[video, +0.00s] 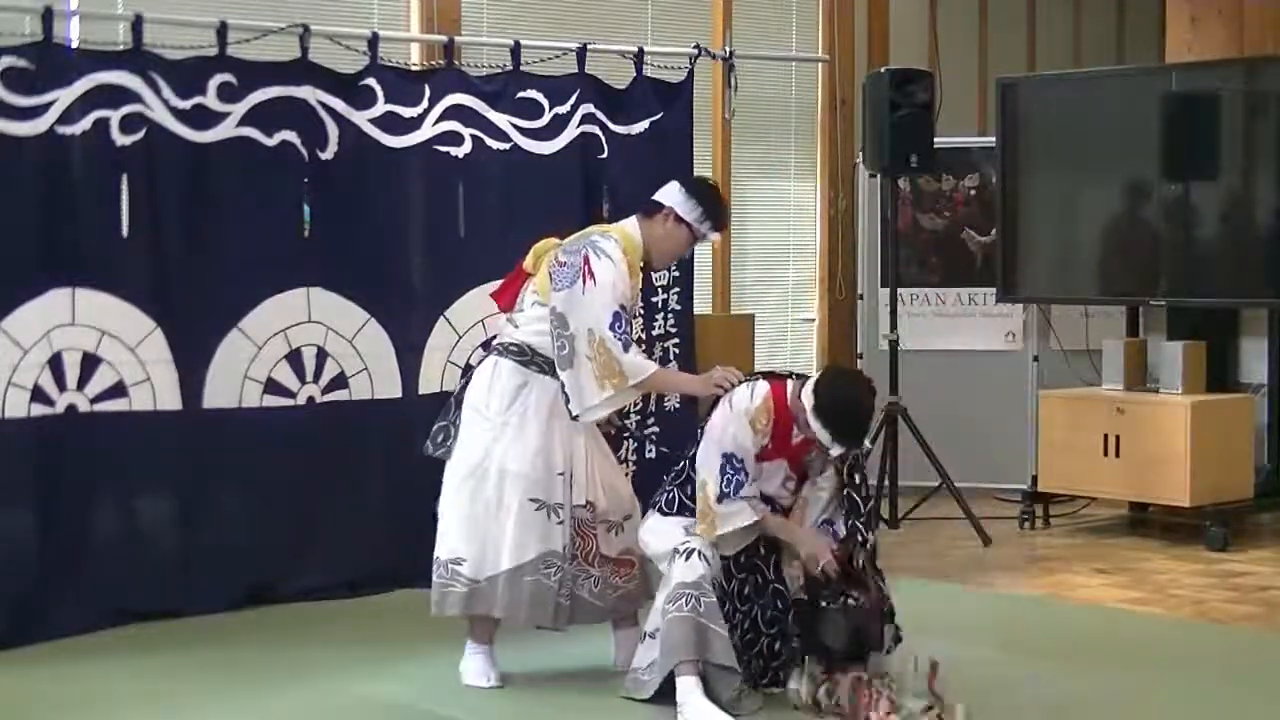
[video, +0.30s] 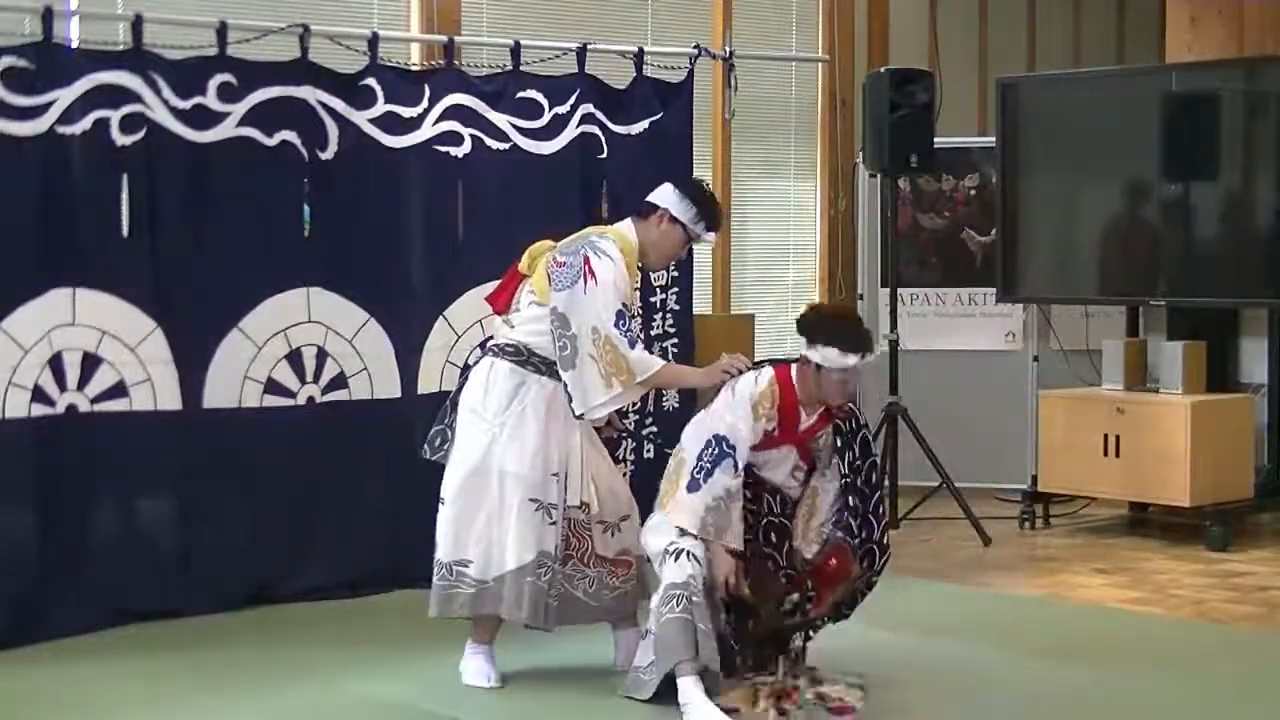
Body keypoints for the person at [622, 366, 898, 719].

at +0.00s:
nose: (826, 449)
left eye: (836, 446)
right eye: (822, 436)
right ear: (806, 403)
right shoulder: (748, 404)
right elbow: (729, 503)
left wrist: (809, 543)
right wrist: (797, 535)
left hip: (756, 526)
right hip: (681, 518)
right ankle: (688, 693)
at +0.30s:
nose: (853, 388)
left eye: (855, 376)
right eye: (844, 376)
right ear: (811, 365)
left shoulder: (832, 422)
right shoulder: (756, 389)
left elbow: (822, 494)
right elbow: (718, 465)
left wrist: (812, 560)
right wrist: (723, 546)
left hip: (752, 506)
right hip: (692, 499)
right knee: (684, 571)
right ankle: (690, 690)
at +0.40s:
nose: (842, 343)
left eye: (844, 331)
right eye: (831, 333)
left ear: (848, 331)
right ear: (795, 336)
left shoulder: (831, 401)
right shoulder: (747, 383)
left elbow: (828, 480)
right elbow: (713, 458)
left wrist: (813, 543)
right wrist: (730, 532)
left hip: (763, 515)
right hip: (692, 510)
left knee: (809, 574)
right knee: (691, 570)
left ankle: (797, 673)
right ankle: (693, 689)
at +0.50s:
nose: (819, 308)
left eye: (819, 297)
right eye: (807, 299)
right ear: (771, 312)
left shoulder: (824, 371)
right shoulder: (736, 364)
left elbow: (837, 444)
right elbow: (709, 440)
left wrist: (814, 499)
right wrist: (767, 488)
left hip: (792, 512)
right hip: (726, 508)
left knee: (849, 573)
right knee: (705, 562)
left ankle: (799, 671)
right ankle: (695, 681)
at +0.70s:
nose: (785, 284)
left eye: (783, 273)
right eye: (771, 276)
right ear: (735, 296)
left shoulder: (802, 354)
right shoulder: (711, 347)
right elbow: (741, 368)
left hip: (770, 525)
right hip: (704, 514)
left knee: (769, 671)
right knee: (725, 549)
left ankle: (678, 652)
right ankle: (699, 686)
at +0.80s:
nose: (780, 288)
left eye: (762, 280)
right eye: (762, 280)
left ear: (775, 284)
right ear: (733, 293)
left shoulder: (787, 345)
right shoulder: (708, 342)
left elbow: (853, 323)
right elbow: (736, 336)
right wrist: (782, 274)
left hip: (769, 506)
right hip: (708, 504)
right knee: (727, 553)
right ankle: (699, 683)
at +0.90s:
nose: (777, 301)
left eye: (781, 290)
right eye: (764, 290)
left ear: (786, 296)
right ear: (732, 293)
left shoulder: (785, 351)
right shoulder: (709, 348)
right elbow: (741, 308)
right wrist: (774, 250)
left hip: (769, 505)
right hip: (705, 504)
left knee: (773, 668)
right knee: (726, 553)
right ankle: (700, 683)